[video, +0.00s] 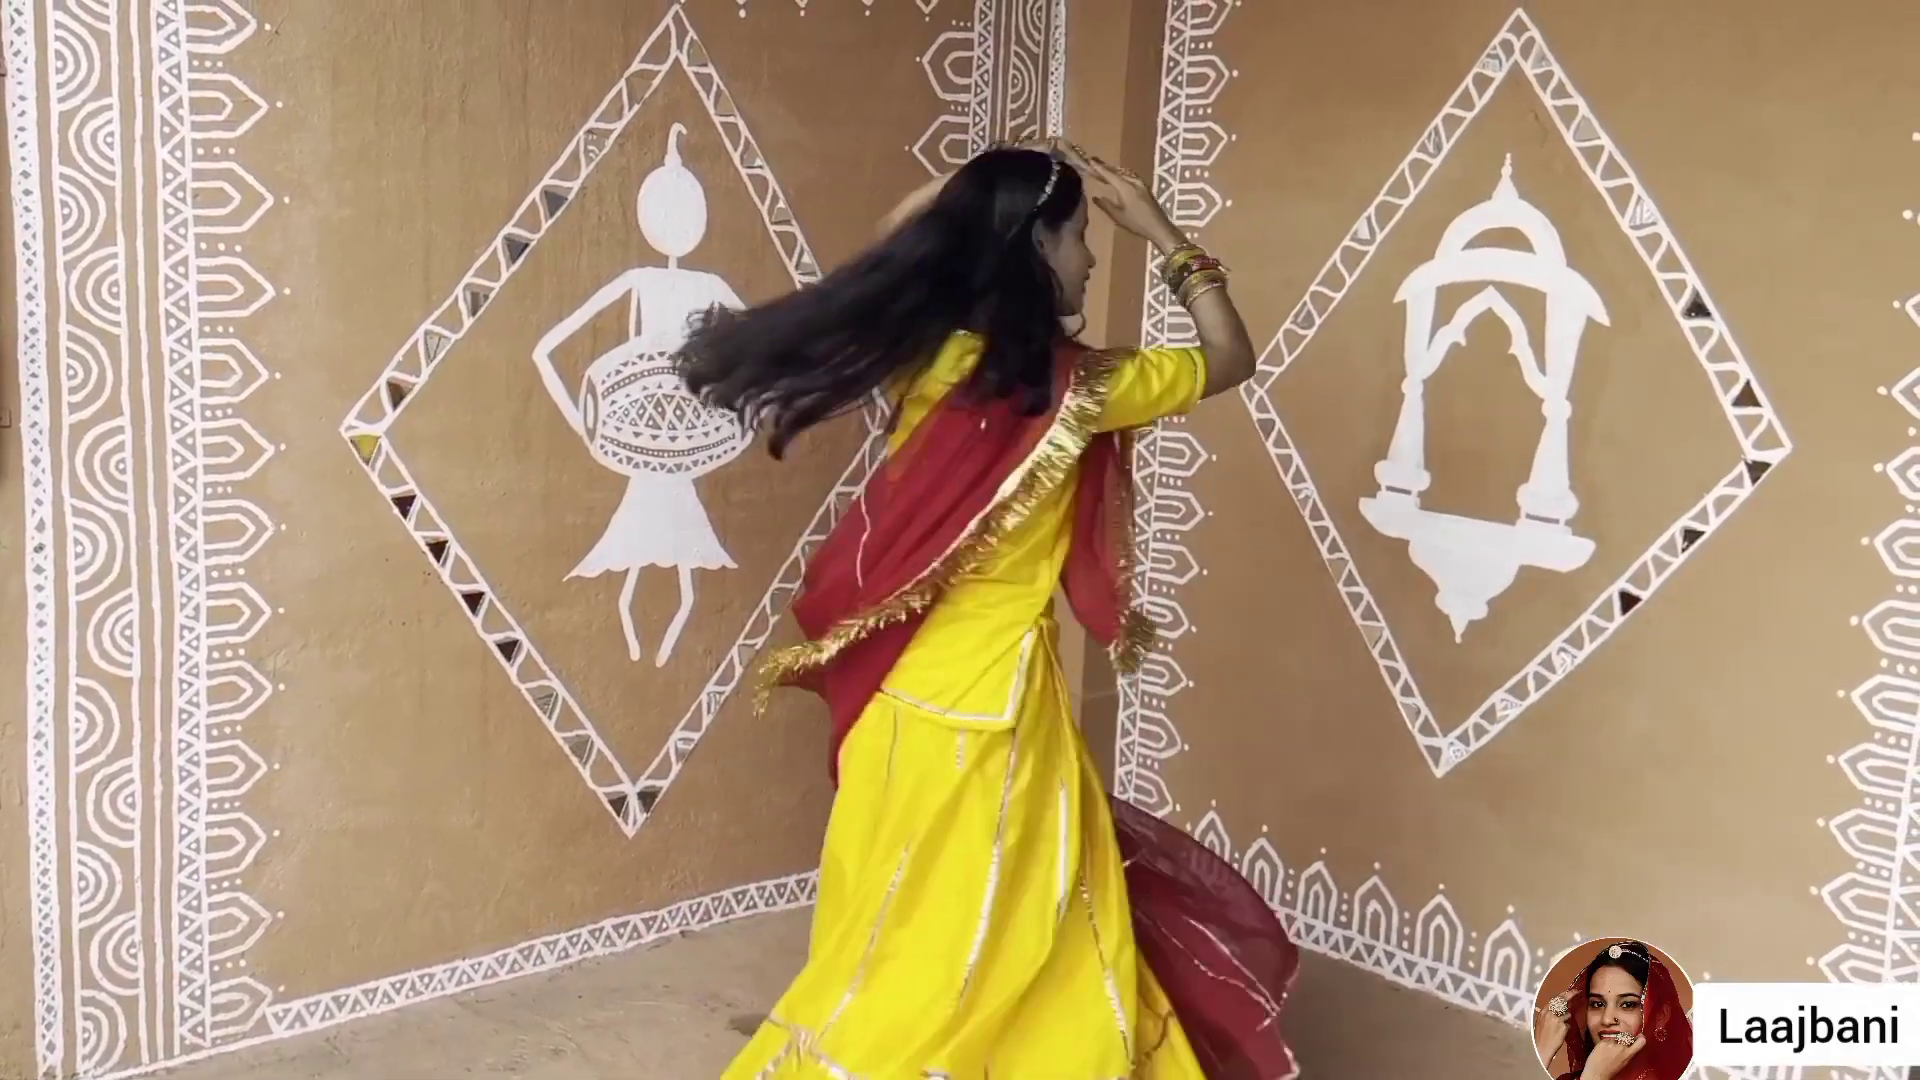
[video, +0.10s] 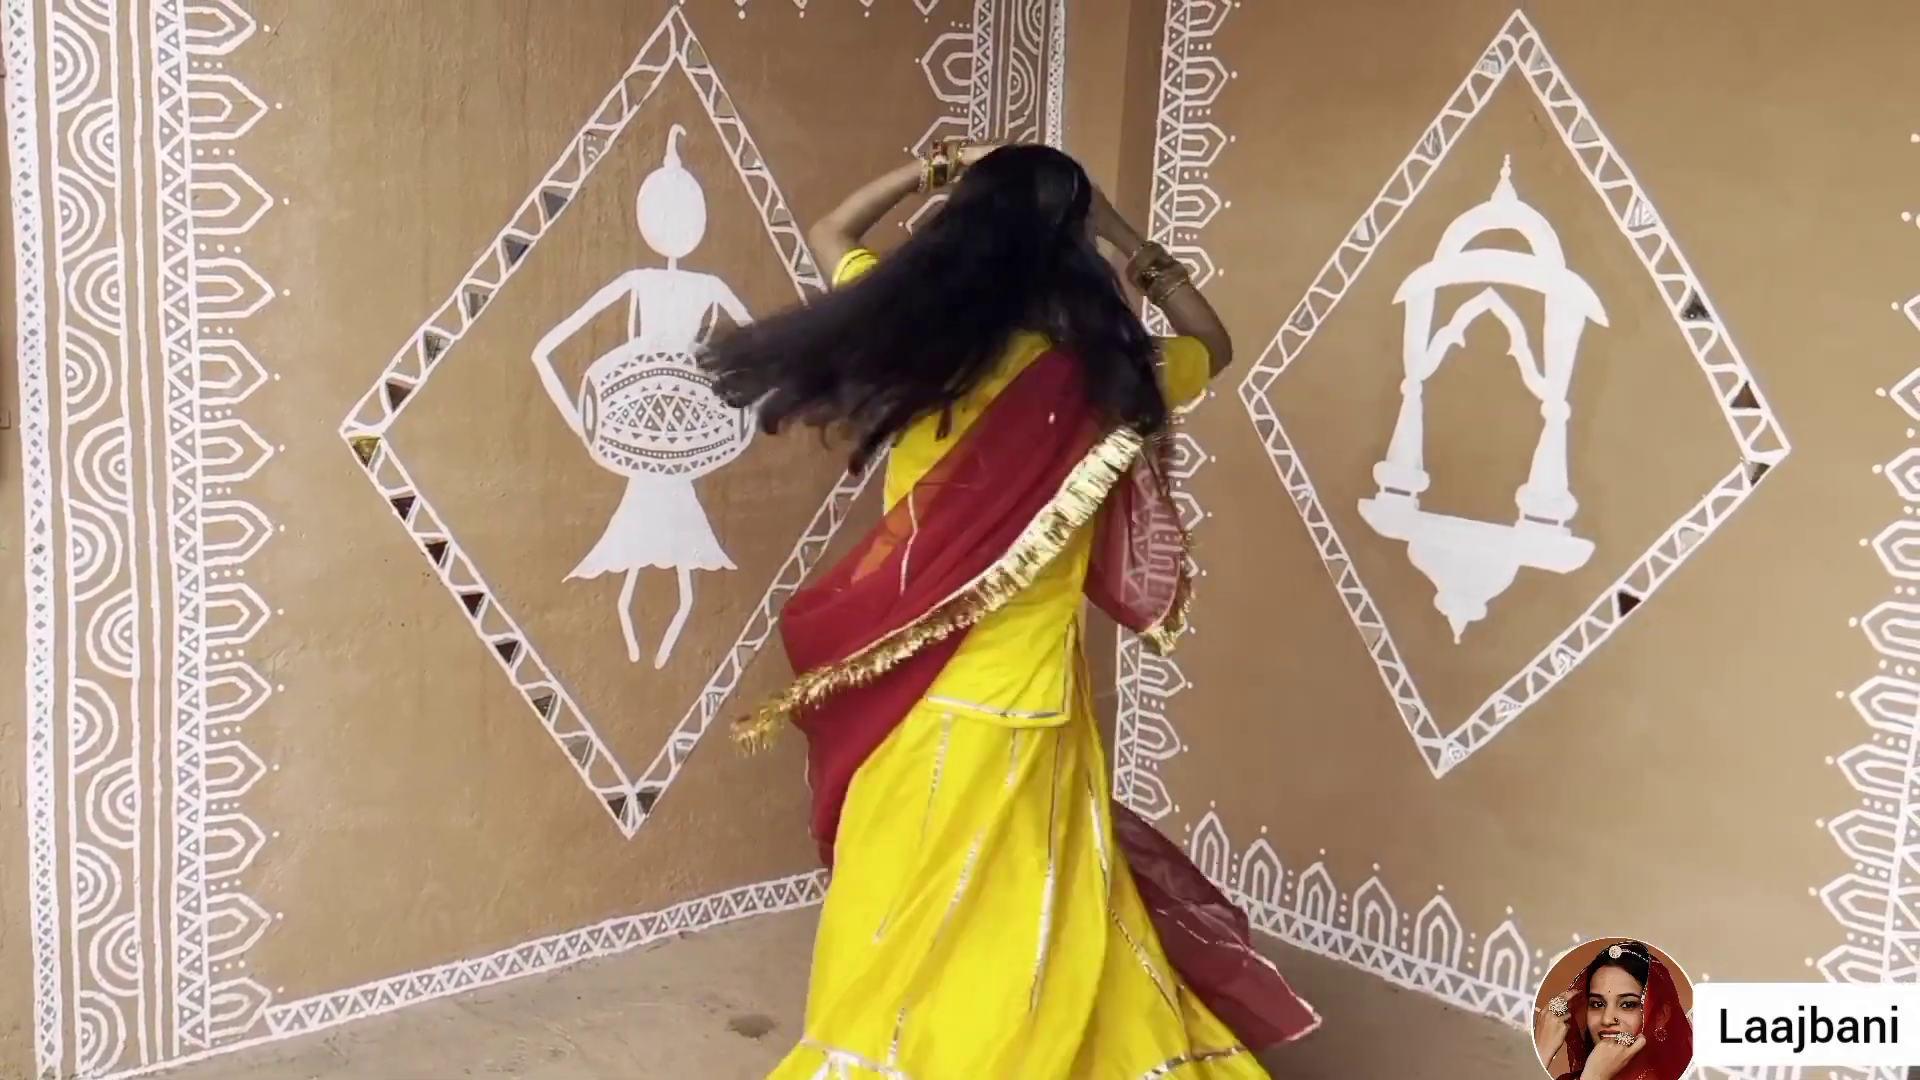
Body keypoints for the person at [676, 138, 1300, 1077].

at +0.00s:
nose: (1093, 252)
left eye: (1088, 231)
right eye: (1079, 233)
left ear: (981, 249)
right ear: (1039, 246)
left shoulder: (920, 353)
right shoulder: (1075, 387)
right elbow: (1228, 358)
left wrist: (957, 186)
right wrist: (1157, 229)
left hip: (897, 688)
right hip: (1003, 702)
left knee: (891, 923)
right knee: (1049, 927)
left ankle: (855, 1056)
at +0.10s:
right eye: (1091, 230)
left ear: (961, 233)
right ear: (1075, 252)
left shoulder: (922, 336)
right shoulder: (1093, 377)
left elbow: (835, 233)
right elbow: (1208, 343)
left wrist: (922, 168)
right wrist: (1122, 236)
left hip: (920, 669)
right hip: (1037, 684)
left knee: (902, 883)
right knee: (1044, 891)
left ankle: (882, 1055)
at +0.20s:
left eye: (980, 207)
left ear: (977, 227)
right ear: (1092, 235)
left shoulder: (929, 325)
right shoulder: (1131, 361)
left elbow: (784, 240)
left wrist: (846, 170)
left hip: (951, 656)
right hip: (1075, 665)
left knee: (940, 875)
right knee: (1069, 878)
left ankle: (919, 1046)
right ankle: (1086, 1047)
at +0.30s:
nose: (965, 228)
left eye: (973, 216)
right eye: (970, 214)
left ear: (989, 234)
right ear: (1091, 232)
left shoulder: (953, 319)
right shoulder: (1128, 337)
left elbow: (800, 252)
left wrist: (823, 173)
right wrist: (923, 189)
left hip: (961, 623)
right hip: (1081, 635)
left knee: (954, 846)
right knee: (1079, 848)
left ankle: (939, 1040)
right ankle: (1084, 1042)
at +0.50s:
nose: (943, 240)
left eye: (958, 224)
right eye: (945, 223)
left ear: (1016, 229)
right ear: (1020, 239)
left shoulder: (1068, 337)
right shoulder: (1000, 349)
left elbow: (967, 300)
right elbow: (879, 367)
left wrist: (859, 234)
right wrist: (844, 276)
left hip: (1068, 680)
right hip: (1008, 678)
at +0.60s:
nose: (946, 261)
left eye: (971, 242)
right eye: (941, 238)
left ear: (1036, 240)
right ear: (942, 238)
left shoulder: (1091, 352)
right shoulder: (957, 354)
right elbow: (814, 361)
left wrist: (910, 272)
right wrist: (857, 306)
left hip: (1081, 705)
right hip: (982, 704)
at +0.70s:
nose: (967, 274)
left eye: (994, 253)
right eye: (954, 249)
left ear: (1049, 255)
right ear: (939, 250)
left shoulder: (1091, 358)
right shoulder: (909, 362)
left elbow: (1200, 370)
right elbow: (755, 369)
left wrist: (1025, 354)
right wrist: (874, 341)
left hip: (1104, 700)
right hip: (966, 706)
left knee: (1103, 957)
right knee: (938, 951)